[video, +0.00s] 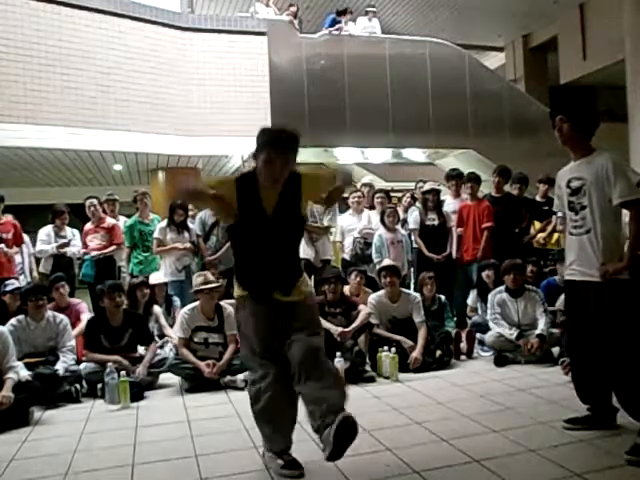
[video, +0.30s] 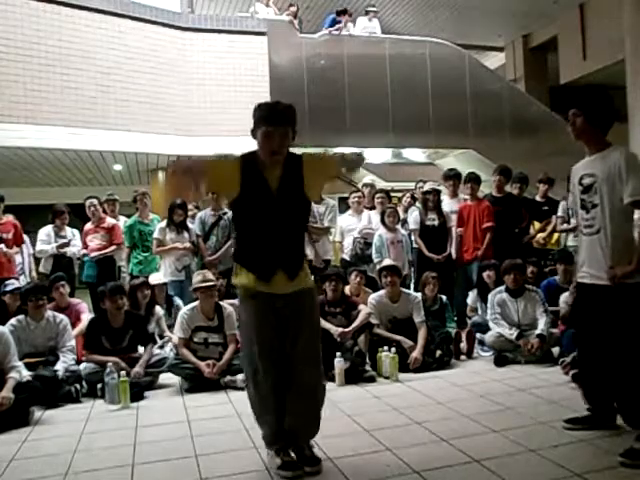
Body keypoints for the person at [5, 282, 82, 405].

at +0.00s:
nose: (39, 303)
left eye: (42, 299)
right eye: (33, 300)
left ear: (47, 301)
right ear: (25, 305)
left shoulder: (60, 321)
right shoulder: (14, 325)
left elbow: (68, 352)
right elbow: (10, 358)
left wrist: (58, 370)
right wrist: (23, 374)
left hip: (53, 367)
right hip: (28, 370)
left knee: (75, 375)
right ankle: (65, 394)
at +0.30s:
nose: (39, 303)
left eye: (42, 299)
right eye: (33, 300)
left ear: (47, 301)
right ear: (25, 305)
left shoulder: (60, 321)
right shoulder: (14, 326)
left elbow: (69, 352)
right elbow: (11, 358)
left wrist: (58, 371)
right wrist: (24, 375)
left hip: (54, 367)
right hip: (28, 370)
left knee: (75, 374)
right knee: (21, 388)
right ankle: (67, 394)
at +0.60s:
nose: (41, 303)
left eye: (44, 299)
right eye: (36, 300)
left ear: (48, 300)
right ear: (26, 305)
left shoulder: (60, 321)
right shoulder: (15, 325)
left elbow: (68, 352)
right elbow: (5, 353)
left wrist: (59, 370)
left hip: (53, 367)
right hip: (27, 369)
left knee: (75, 373)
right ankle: (65, 394)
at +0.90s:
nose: (45, 303)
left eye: (46, 298)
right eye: (40, 300)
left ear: (49, 299)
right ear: (28, 305)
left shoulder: (59, 321)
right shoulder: (14, 326)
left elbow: (68, 352)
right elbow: (9, 356)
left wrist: (59, 371)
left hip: (53, 366)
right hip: (27, 370)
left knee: (75, 374)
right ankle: (66, 394)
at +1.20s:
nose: (52, 304)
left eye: (52, 299)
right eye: (47, 301)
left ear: (54, 300)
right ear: (34, 306)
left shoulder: (64, 323)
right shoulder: (18, 328)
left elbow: (72, 354)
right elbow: (17, 360)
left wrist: (63, 373)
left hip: (57, 369)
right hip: (32, 372)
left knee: (79, 375)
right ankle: (69, 397)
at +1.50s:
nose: (53, 302)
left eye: (53, 298)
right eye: (48, 299)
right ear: (35, 305)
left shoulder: (64, 323)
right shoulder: (18, 329)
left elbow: (71, 353)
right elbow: (15, 359)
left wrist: (63, 372)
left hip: (58, 368)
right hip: (32, 371)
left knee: (79, 375)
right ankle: (69, 397)